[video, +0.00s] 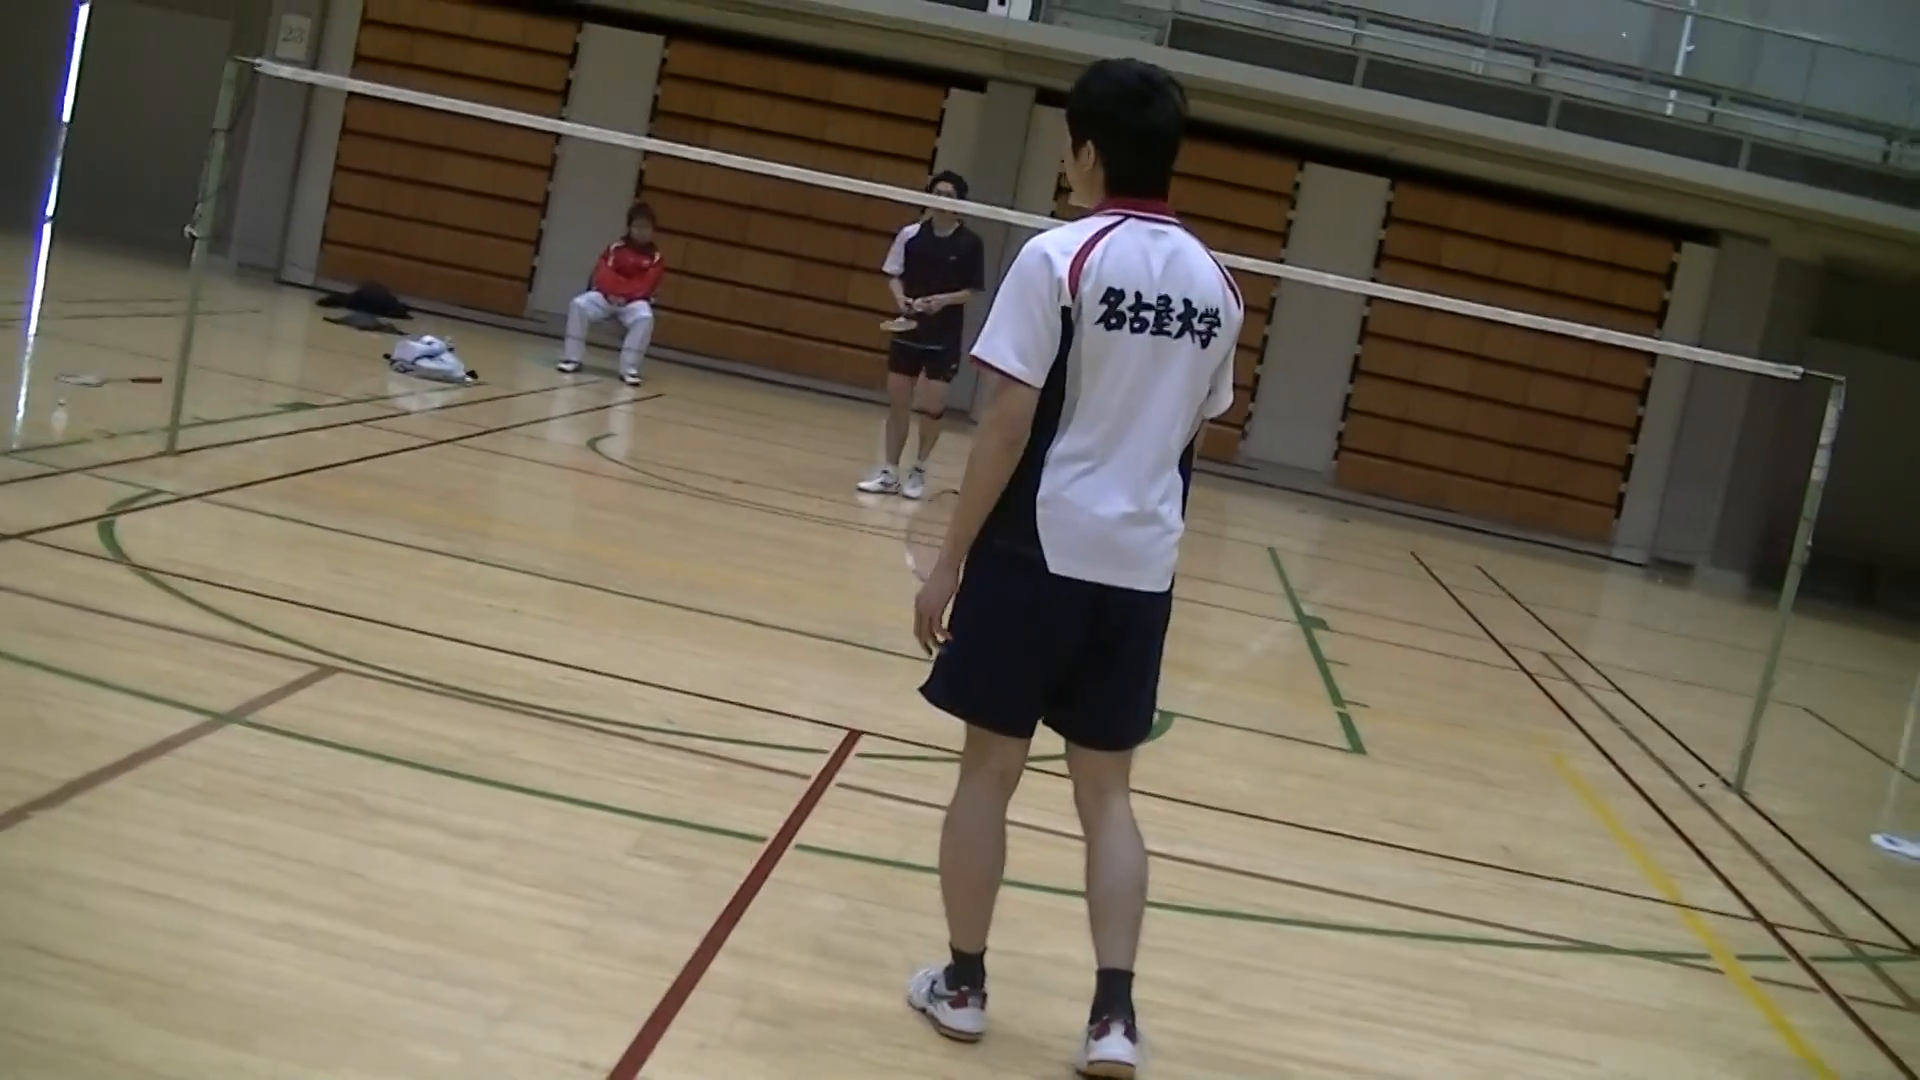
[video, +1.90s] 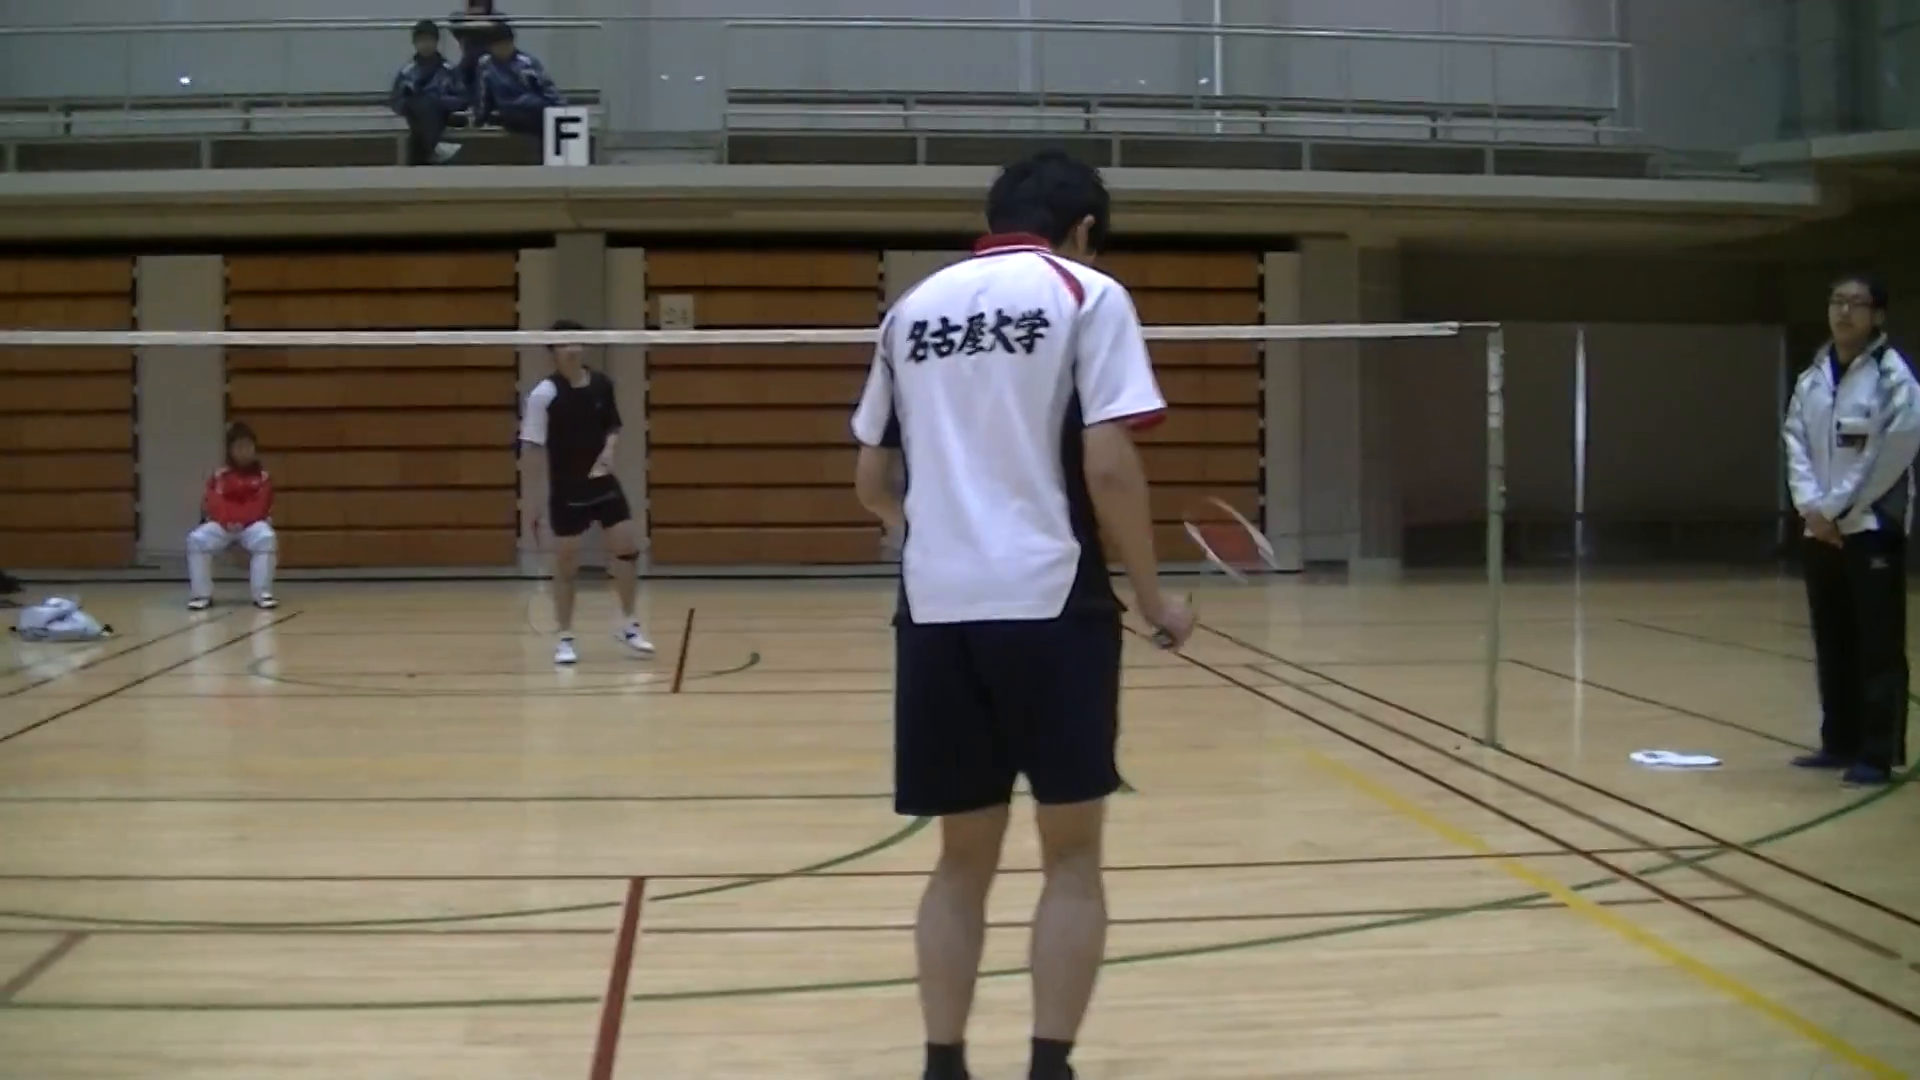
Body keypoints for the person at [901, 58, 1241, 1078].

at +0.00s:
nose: (1065, 157)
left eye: (1069, 143)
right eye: (1068, 141)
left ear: (1090, 151)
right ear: (1170, 157)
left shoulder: (1056, 258)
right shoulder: (1213, 284)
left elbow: (1005, 430)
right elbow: (1194, 428)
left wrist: (949, 558)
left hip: (1034, 559)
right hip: (1141, 577)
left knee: (988, 772)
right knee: (1108, 791)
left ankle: (964, 983)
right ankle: (1114, 1013)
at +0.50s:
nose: (998, 174)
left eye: (1017, 157)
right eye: (1001, 154)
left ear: (1081, 174)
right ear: (1089, 179)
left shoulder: (1041, 266)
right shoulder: (1150, 293)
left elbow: (1000, 433)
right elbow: (1119, 462)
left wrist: (914, 570)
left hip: (997, 588)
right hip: (1091, 609)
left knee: (928, 805)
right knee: (1020, 815)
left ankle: (878, 1004)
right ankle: (1056, 1037)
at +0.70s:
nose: (961, 272)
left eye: (987, 258)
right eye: (958, 252)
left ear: (1043, 279)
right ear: (951, 252)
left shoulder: (1003, 368)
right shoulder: (1065, 374)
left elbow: (977, 537)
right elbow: (1013, 546)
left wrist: (895, 688)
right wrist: (906, 648)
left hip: (955, 685)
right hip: (1022, 699)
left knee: (865, 908)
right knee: (939, 914)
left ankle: (821, 1072)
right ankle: (1006, 1075)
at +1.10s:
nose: (955, 337)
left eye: (954, 316)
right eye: (953, 317)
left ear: (973, 319)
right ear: (1051, 311)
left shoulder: (1003, 424)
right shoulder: (1098, 421)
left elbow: (1011, 598)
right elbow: (1071, 594)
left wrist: (987, 769)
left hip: (975, 740)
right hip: (1073, 748)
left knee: (916, 965)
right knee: (1035, 969)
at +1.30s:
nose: (1100, 337)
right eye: (1098, 322)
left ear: (993, 324)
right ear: (1075, 324)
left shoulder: (934, 428)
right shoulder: (1139, 430)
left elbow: (912, 593)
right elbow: (1168, 599)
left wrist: (905, 750)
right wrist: (1158, 726)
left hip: (973, 753)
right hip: (1092, 755)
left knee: (918, 967)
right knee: (1078, 982)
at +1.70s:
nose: (1079, 276)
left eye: (1079, 257)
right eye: (1078, 255)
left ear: (979, 243)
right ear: (1050, 240)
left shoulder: (888, 334)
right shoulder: (1068, 333)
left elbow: (825, 503)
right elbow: (1075, 500)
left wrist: (829, 623)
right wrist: (1119, 649)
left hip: (912, 656)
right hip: (1024, 656)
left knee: (921, 892)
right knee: (1034, 901)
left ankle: (907, 1074)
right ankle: (1022, 1076)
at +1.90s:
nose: (1094, 246)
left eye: (1094, 236)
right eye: (1094, 235)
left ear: (989, 226)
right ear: (1079, 230)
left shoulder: (913, 306)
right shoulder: (1090, 296)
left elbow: (874, 483)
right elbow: (1107, 459)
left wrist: (935, 533)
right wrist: (1151, 591)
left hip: (936, 616)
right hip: (1055, 612)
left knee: (962, 855)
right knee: (1071, 855)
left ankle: (942, 1066)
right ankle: (1049, 1067)